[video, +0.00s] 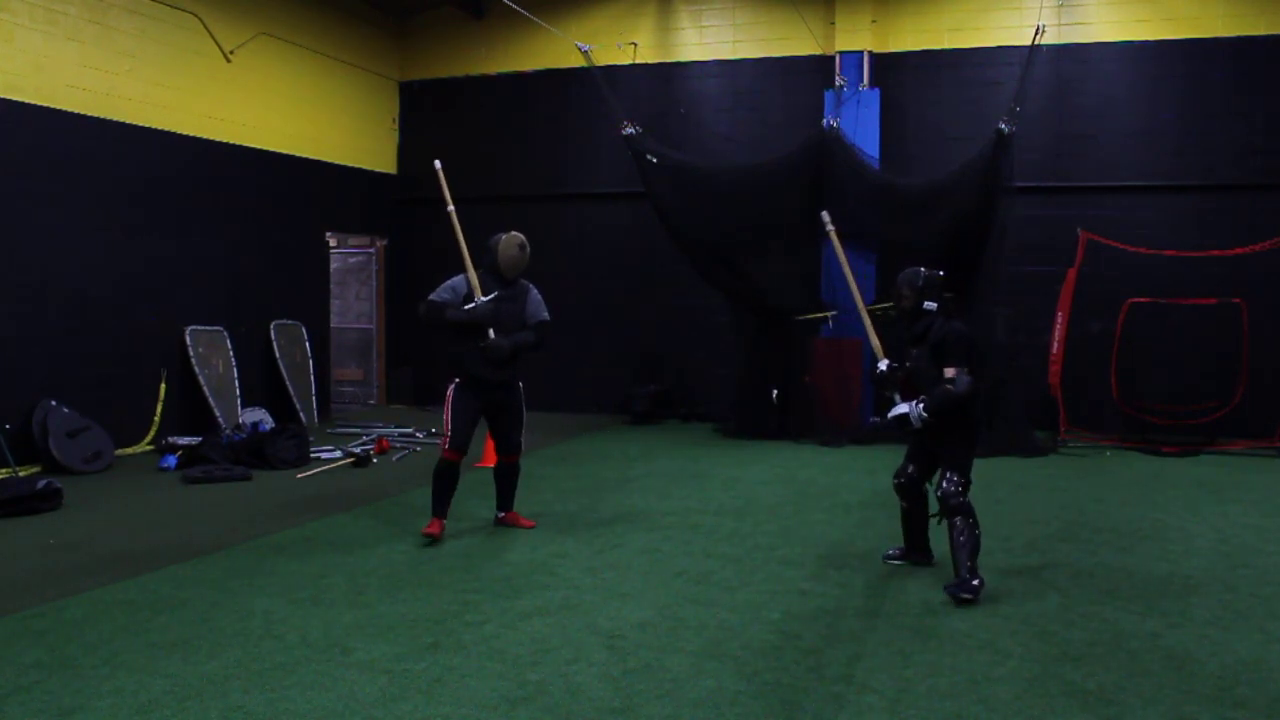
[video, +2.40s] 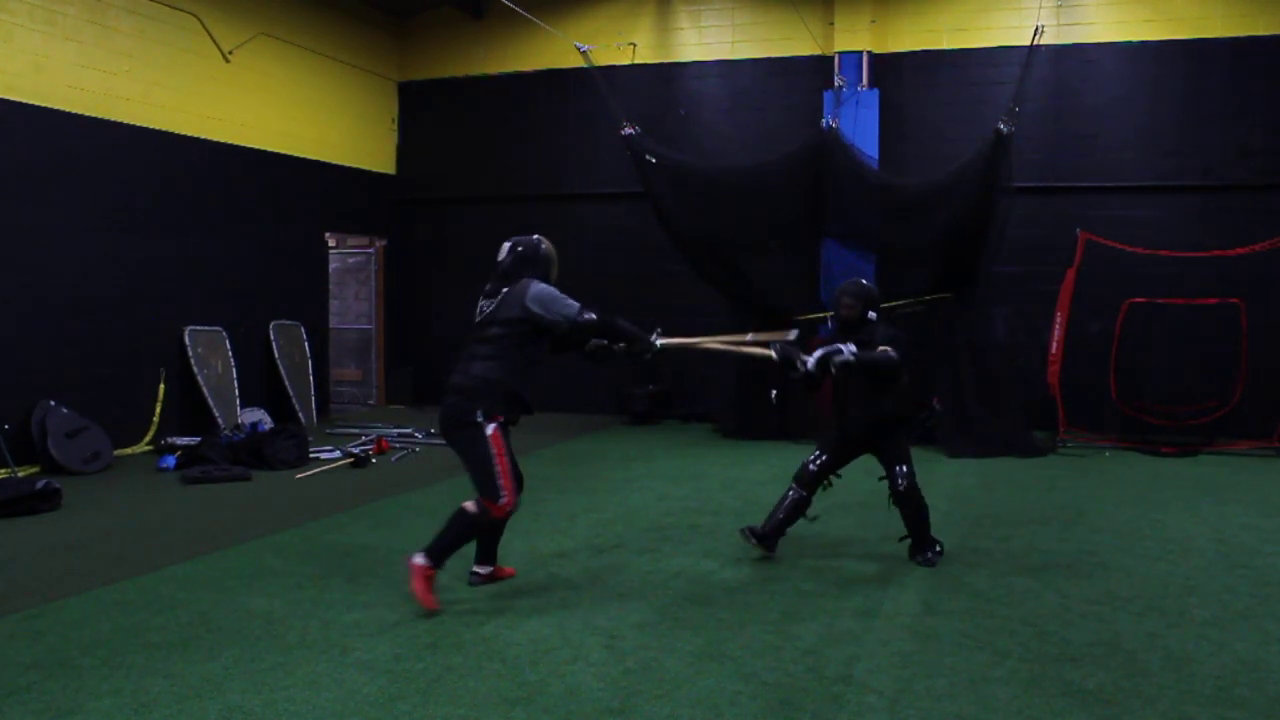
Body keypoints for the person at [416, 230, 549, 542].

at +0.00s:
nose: (515, 260)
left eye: (520, 255)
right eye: (509, 253)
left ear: (524, 261)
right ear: (493, 255)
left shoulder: (527, 293)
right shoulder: (467, 284)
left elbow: (542, 332)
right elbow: (430, 309)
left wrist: (508, 344)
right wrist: (469, 313)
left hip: (507, 384)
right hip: (467, 381)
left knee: (510, 451)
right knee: (453, 450)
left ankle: (505, 512)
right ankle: (438, 518)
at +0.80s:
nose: (548, 273)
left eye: (550, 266)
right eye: (542, 266)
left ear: (542, 269)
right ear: (523, 264)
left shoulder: (537, 307)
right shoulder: (483, 294)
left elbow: (544, 352)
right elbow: (460, 333)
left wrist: (537, 368)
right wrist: (515, 337)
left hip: (509, 403)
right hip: (470, 400)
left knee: (528, 472)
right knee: (459, 477)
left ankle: (523, 548)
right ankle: (439, 524)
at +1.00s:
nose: (557, 295)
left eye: (560, 287)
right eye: (555, 286)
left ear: (538, 281)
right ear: (538, 280)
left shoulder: (541, 320)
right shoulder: (494, 306)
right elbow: (476, 345)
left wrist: (542, 381)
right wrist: (533, 351)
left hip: (506, 412)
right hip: (467, 409)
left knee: (538, 473)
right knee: (445, 485)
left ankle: (524, 551)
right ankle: (404, 563)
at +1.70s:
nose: (531, 284)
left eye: (532, 276)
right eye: (527, 276)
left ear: (508, 274)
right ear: (507, 274)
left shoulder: (505, 315)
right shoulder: (475, 302)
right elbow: (449, 341)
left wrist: (507, 397)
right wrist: (503, 360)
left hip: (467, 417)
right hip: (437, 414)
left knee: (499, 480)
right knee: (430, 500)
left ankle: (482, 561)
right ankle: (379, 579)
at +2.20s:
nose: (527, 284)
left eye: (526, 277)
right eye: (523, 276)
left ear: (490, 274)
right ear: (508, 275)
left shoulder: (499, 312)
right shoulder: (481, 304)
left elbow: (505, 374)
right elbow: (502, 349)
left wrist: (539, 392)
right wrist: (545, 352)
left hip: (459, 425)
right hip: (438, 424)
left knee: (494, 479)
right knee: (417, 513)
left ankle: (483, 565)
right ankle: (363, 596)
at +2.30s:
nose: (535, 281)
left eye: (534, 274)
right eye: (532, 273)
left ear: (496, 273)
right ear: (518, 273)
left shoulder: (497, 311)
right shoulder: (503, 298)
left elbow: (535, 366)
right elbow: (560, 329)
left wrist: (580, 372)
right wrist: (619, 341)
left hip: (470, 419)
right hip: (454, 417)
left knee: (503, 483)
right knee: (445, 511)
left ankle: (483, 566)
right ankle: (376, 584)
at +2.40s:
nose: (552, 272)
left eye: (550, 266)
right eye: (549, 265)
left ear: (510, 265)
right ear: (539, 266)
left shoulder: (499, 297)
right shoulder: (530, 292)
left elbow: (554, 338)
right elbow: (586, 319)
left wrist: (600, 342)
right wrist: (640, 336)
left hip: (478, 407)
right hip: (475, 409)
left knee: (509, 486)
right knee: (499, 499)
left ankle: (484, 566)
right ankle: (426, 561)